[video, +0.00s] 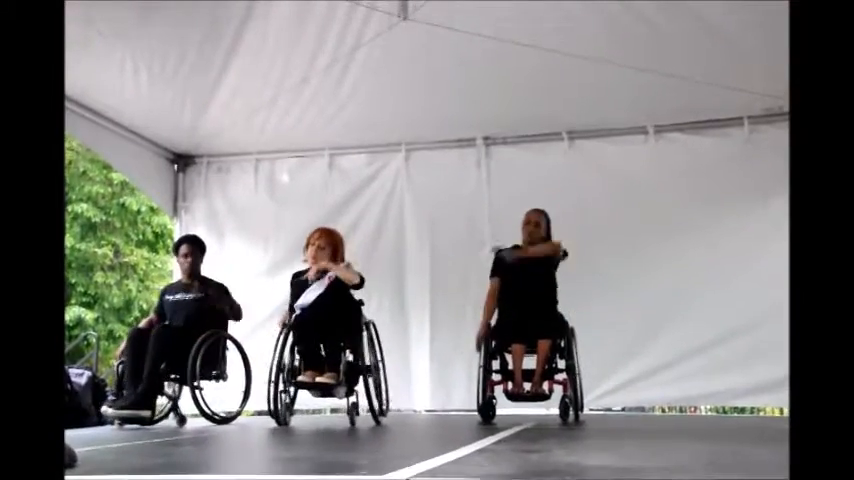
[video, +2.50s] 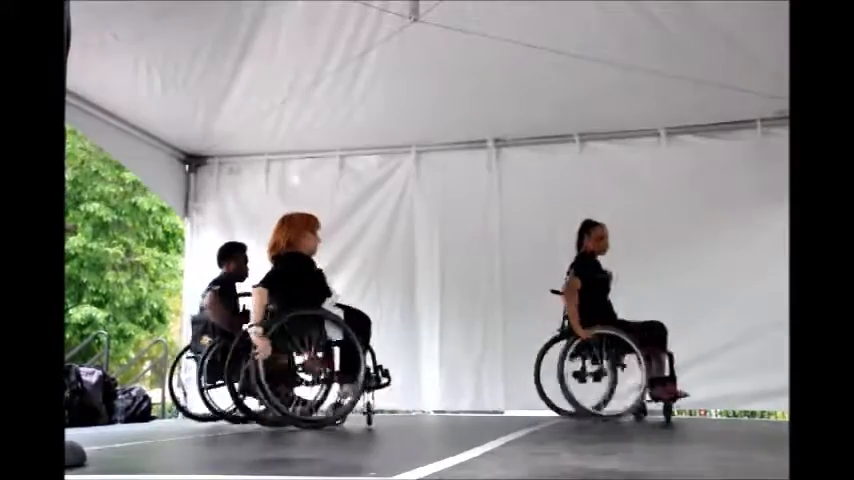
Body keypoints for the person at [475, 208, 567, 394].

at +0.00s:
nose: (531, 228)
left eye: (538, 224)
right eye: (527, 223)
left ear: (546, 229)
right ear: (522, 227)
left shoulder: (552, 251)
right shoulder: (505, 255)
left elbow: (553, 249)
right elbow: (493, 291)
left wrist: (520, 252)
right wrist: (485, 324)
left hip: (542, 311)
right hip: (514, 311)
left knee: (547, 326)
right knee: (517, 328)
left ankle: (537, 382)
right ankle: (517, 382)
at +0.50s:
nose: (532, 229)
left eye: (537, 225)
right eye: (528, 225)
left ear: (547, 231)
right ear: (523, 230)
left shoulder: (556, 263)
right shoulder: (508, 259)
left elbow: (596, 283)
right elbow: (495, 296)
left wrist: (631, 272)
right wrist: (487, 329)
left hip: (546, 318)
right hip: (516, 317)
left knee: (549, 327)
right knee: (519, 327)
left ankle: (537, 386)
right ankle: (518, 385)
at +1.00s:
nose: (538, 231)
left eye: (544, 226)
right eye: (535, 227)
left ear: (556, 231)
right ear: (532, 232)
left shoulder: (565, 260)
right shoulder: (524, 259)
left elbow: (567, 294)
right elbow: (518, 292)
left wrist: (556, 262)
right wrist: (514, 313)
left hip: (554, 314)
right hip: (528, 313)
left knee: (532, 323)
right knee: (509, 319)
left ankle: (523, 381)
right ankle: (504, 381)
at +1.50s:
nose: (548, 242)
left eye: (553, 236)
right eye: (546, 237)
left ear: (568, 239)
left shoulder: (572, 266)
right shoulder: (566, 265)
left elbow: (558, 301)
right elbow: (562, 300)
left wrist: (545, 283)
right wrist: (550, 285)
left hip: (562, 333)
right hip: (558, 329)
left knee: (499, 326)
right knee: (500, 325)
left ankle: (497, 382)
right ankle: (498, 381)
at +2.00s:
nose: (599, 241)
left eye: (598, 237)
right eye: (597, 237)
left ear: (575, 242)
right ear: (594, 239)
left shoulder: (561, 266)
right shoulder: (610, 263)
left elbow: (545, 305)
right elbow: (624, 301)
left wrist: (563, 295)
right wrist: (619, 330)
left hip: (569, 338)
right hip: (599, 336)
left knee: (551, 326)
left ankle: (555, 380)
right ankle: (579, 383)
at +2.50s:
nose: (606, 243)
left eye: (606, 238)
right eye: (601, 239)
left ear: (592, 242)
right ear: (588, 242)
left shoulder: (593, 264)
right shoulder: (582, 265)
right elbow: (569, 294)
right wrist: (579, 330)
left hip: (607, 325)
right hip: (597, 329)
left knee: (655, 329)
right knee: (655, 330)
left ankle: (660, 384)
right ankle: (660, 385)